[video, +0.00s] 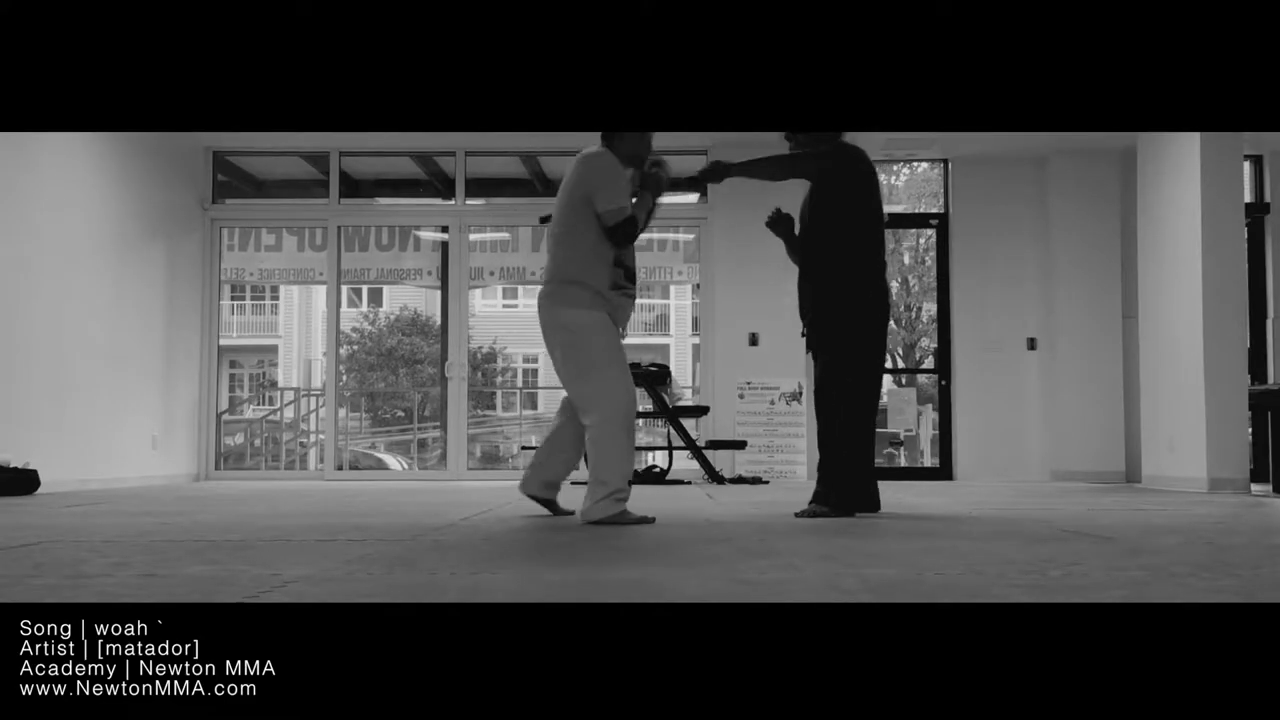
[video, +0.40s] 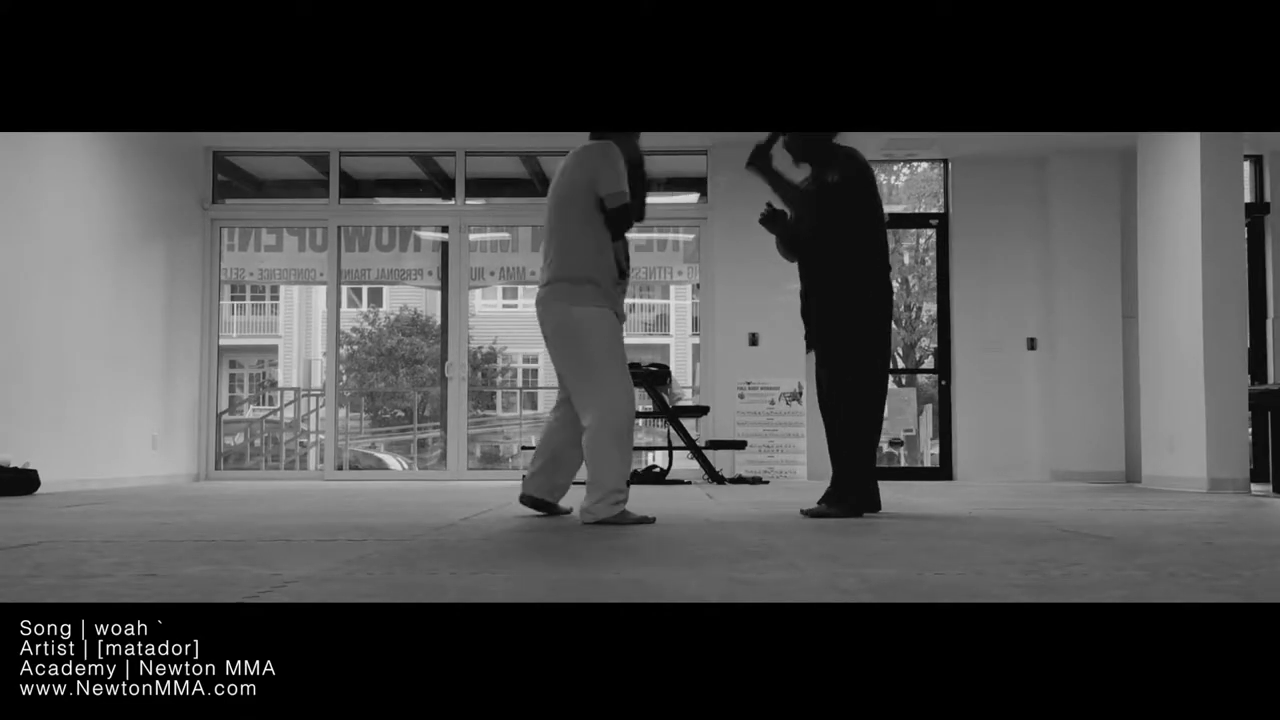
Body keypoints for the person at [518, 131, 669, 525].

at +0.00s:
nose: (649, 147)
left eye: (648, 139)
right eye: (644, 138)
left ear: (612, 139)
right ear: (625, 138)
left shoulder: (596, 167)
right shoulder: (602, 165)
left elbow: (621, 234)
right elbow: (622, 235)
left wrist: (646, 194)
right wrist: (648, 194)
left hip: (576, 303)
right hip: (577, 304)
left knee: (589, 397)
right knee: (612, 397)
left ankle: (541, 483)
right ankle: (604, 505)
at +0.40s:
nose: (636, 144)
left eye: (636, 139)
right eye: (636, 138)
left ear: (598, 130)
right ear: (624, 134)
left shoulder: (577, 159)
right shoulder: (604, 152)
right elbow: (620, 221)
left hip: (561, 301)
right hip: (582, 302)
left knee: (578, 399)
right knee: (611, 401)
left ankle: (540, 489)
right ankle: (605, 506)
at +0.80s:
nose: (607, 144)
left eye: (607, 139)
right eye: (606, 138)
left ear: (557, 135)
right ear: (594, 136)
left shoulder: (526, 169)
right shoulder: (587, 161)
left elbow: (546, 223)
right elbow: (593, 227)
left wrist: (594, 174)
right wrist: (613, 212)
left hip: (518, 300)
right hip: (559, 298)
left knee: (542, 396)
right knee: (589, 391)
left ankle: (537, 494)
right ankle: (556, 491)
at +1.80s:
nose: (565, 175)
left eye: (566, 169)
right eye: (562, 168)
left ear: (528, 161)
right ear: (547, 164)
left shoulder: (507, 188)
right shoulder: (526, 187)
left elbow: (557, 241)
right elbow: (554, 243)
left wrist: (571, 203)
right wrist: (573, 202)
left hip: (493, 321)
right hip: (517, 320)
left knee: (520, 406)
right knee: (541, 398)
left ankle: (511, 490)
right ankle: (515, 492)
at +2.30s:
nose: (545, 160)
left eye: (547, 152)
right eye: (541, 150)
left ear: (519, 150)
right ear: (521, 148)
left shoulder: (519, 185)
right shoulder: (489, 176)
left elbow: (561, 218)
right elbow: (525, 230)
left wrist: (558, 177)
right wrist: (549, 183)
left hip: (518, 316)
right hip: (494, 315)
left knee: (521, 404)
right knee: (507, 403)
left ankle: (498, 487)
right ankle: (496, 497)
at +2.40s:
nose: (548, 166)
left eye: (549, 157)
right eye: (546, 156)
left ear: (511, 146)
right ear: (527, 150)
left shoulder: (489, 176)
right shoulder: (501, 174)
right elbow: (548, 216)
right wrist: (545, 174)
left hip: (488, 312)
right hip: (494, 313)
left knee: (503, 400)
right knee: (514, 403)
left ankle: (471, 478)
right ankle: (501, 501)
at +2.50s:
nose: (543, 180)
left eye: (542, 173)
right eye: (541, 173)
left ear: (502, 161)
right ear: (529, 167)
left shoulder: (477, 189)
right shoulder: (513, 179)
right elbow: (556, 223)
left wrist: (543, 209)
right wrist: (549, 191)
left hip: (466, 314)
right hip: (494, 313)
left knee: (489, 400)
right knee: (525, 399)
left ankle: (458, 486)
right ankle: (498, 498)